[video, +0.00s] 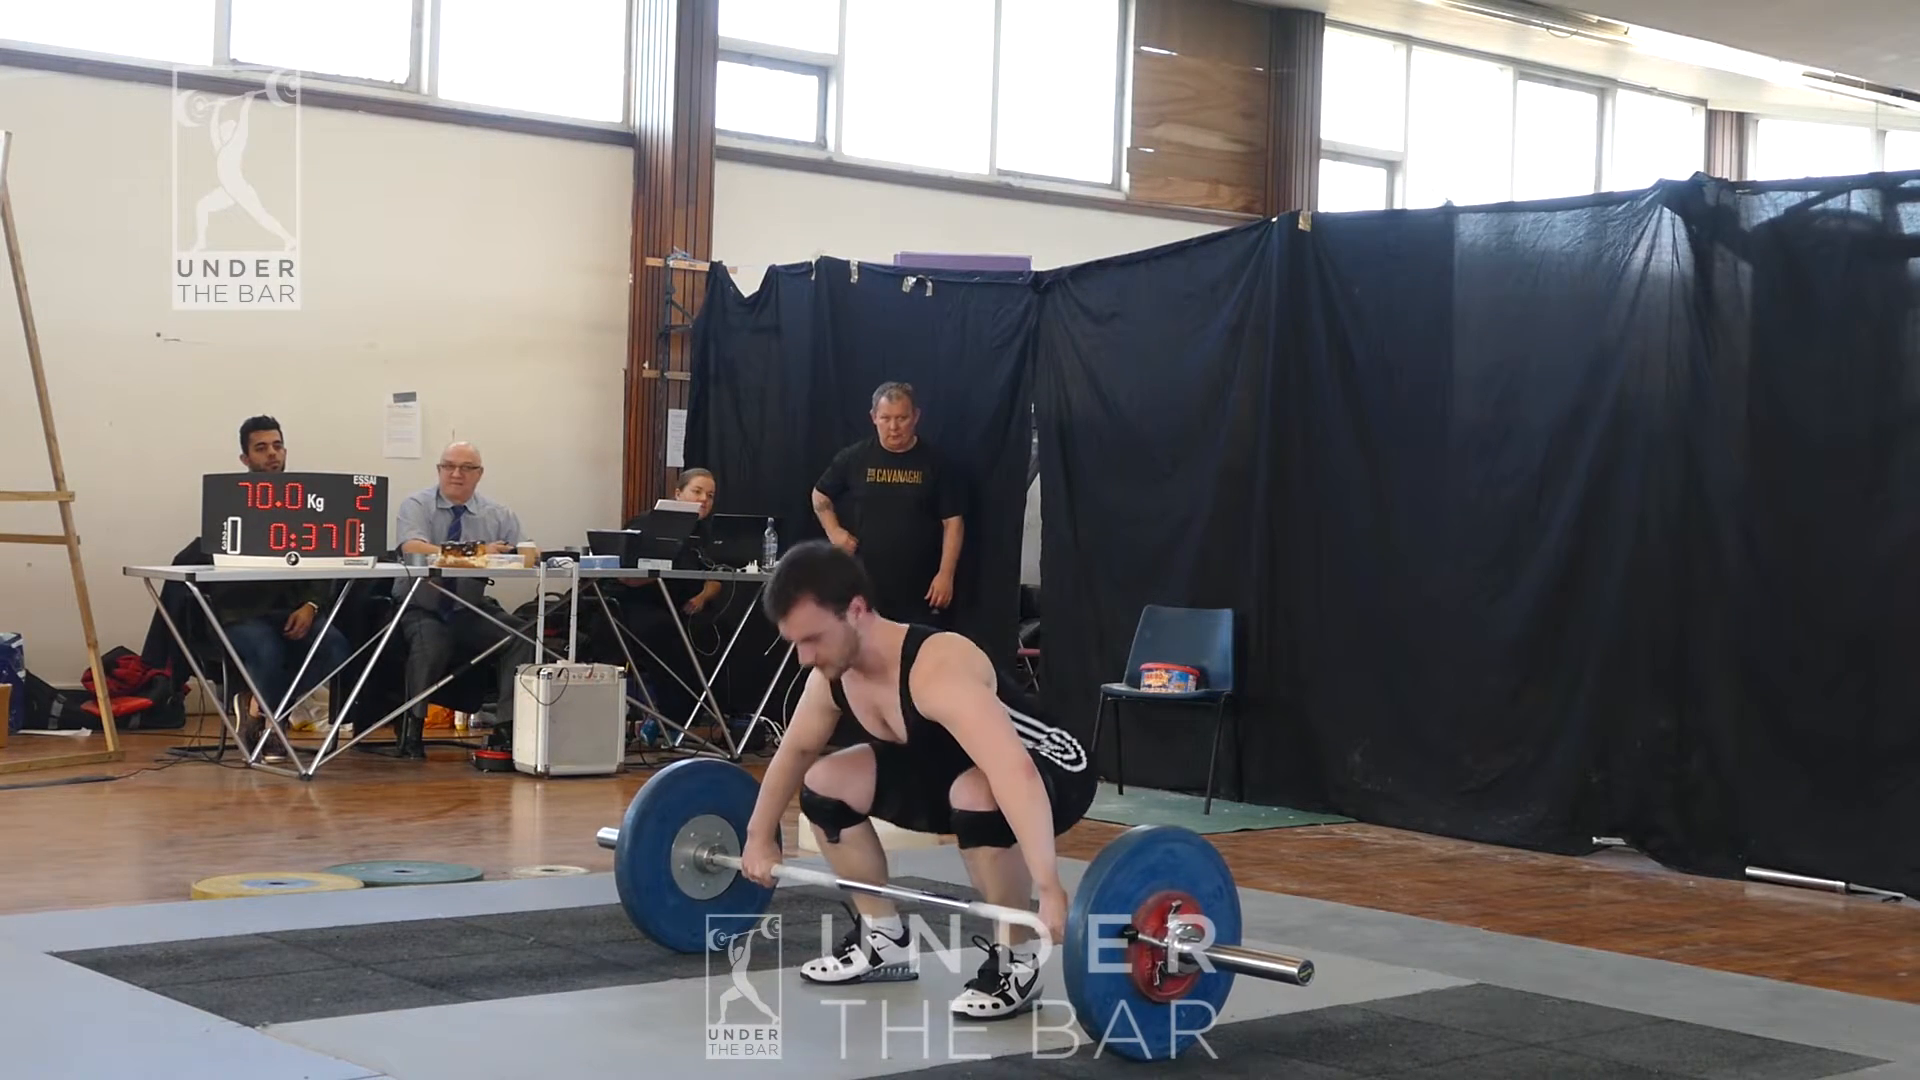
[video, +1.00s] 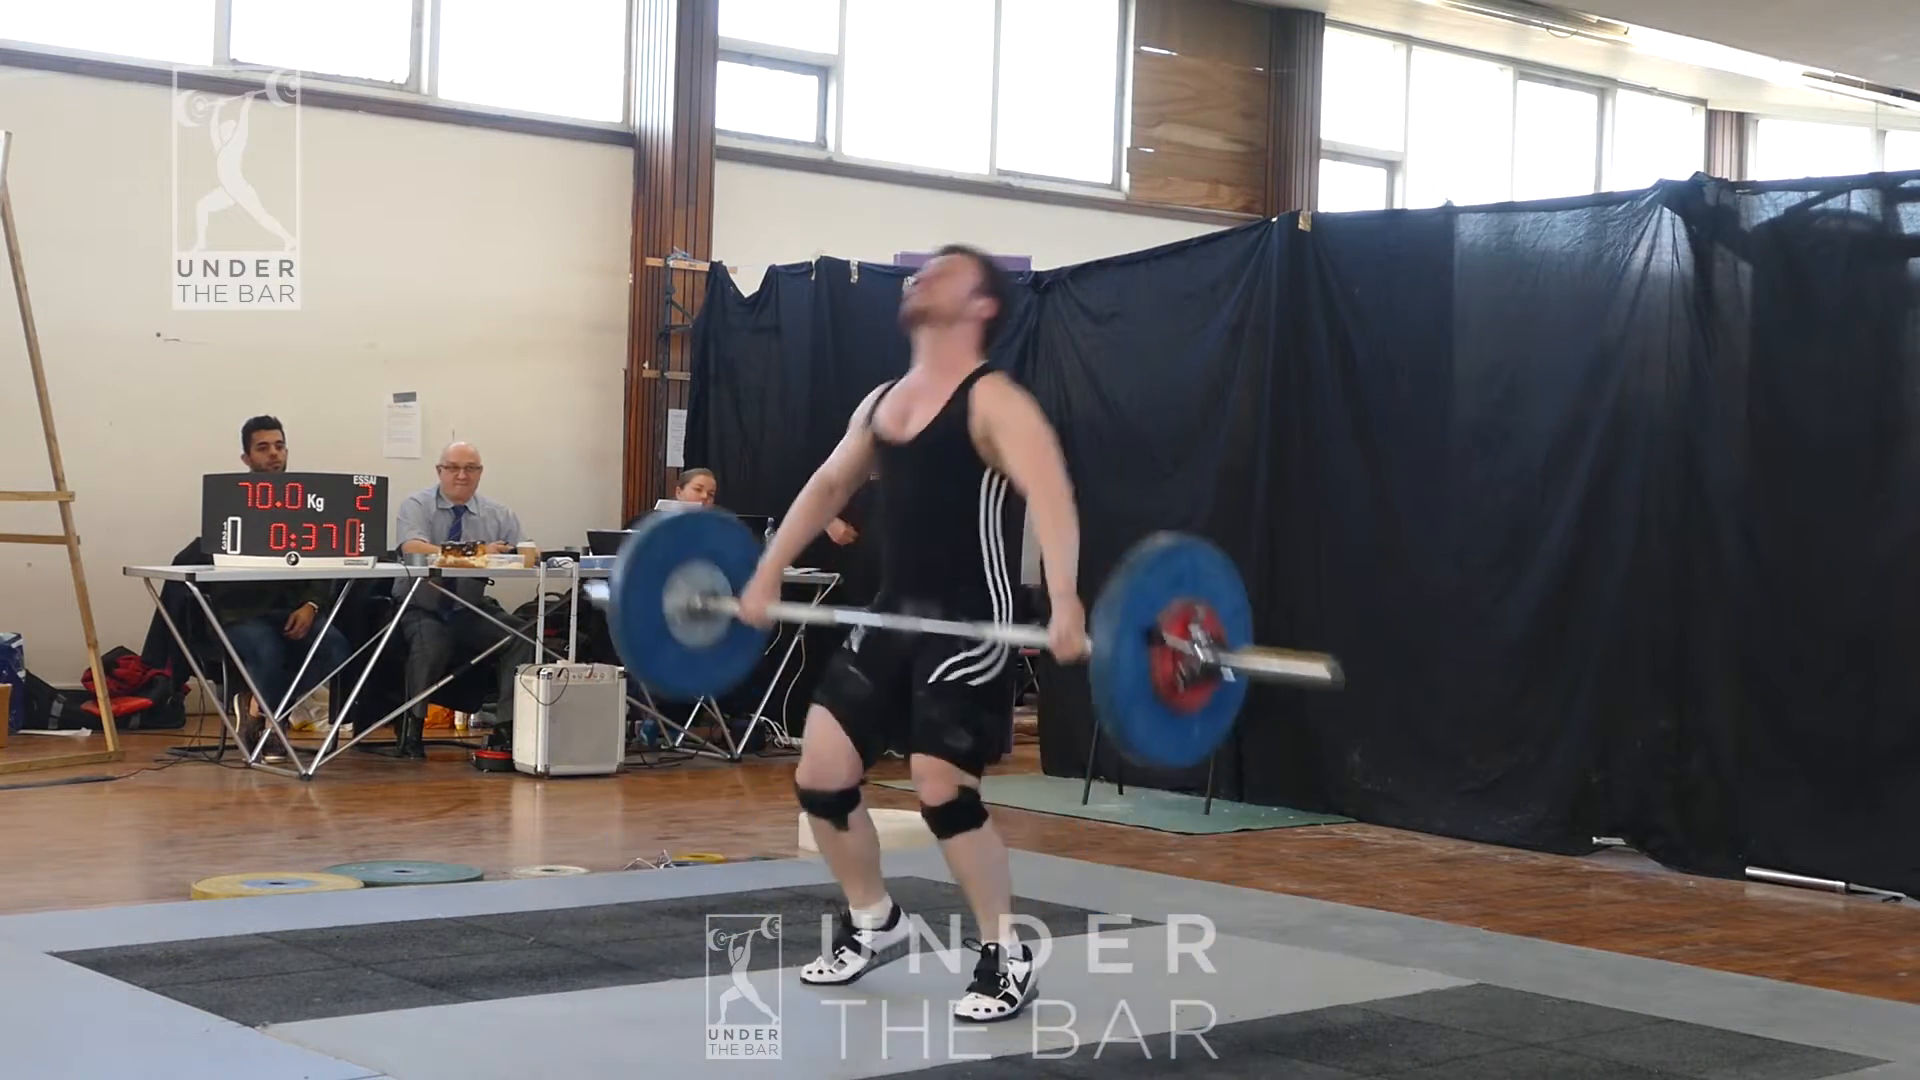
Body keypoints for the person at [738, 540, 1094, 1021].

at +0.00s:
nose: (804, 658)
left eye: (812, 639)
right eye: (794, 644)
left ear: (857, 610)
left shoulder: (940, 670)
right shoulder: (832, 674)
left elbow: (1017, 772)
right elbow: (793, 752)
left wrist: (1048, 885)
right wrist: (760, 833)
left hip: (1050, 768)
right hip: (949, 770)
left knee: (973, 795)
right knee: (827, 784)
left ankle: (1016, 961)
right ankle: (885, 938)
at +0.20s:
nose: (806, 601)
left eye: (823, 583)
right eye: (801, 586)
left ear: (873, 584)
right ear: (798, 589)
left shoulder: (940, 664)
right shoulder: (827, 677)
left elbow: (1012, 769)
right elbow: (796, 751)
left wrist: (1050, 886)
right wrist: (760, 832)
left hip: (1037, 782)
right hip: (940, 781)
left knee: (972, 797)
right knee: (820, 787)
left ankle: (1015, 959)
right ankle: (883, 938)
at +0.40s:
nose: (806, 593)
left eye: (825, 577)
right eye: (802, 578)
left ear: (873, 586)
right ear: (798, 582)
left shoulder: (939, 665)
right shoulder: (825, 678)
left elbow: (1013, 767)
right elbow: (795, 750)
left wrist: (1049, 883)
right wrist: (758, 830)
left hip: (1032, 780)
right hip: (935, 779)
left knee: (969, 797)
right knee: (817, 789)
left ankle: (1013, 958)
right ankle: (883, 939)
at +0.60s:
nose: (802, 576)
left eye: (820, 561)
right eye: (798, 562)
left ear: (869, 570)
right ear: (792, 566)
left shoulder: (936, 637)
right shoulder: (822, 645)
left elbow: (1025, 726)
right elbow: (788, 715)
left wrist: (1050, 844)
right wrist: (752, 800)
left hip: (1011, 739)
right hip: (935, 739)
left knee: (988, 782)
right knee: (835, 776)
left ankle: (1015, 959)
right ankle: (883, 938)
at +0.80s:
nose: (810, 476)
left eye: (829, 463)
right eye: (806, 463)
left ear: (875, 478)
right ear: (801, 473)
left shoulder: (937, 545)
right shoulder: (826, 555)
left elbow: (1036, 616)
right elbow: (793, 616)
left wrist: (1056, 731)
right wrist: (760, 695)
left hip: (1027, 659)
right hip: (948, 664)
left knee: (1014, 771)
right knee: (870, 763)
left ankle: (1020, 955)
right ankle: (884, 936)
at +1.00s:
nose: (916, 274)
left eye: (940, 268)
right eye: (920, 269)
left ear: (981, 306)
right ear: (918, 304)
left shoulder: (995, 398)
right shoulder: (879, 403)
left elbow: (1052, 496)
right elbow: (825, 489)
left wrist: (1064, 600)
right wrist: (765, 574)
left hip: (971, 629)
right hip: (886, 623)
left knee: (939, 783)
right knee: (822, 774)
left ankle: (1004, 945)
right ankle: (873, 920)